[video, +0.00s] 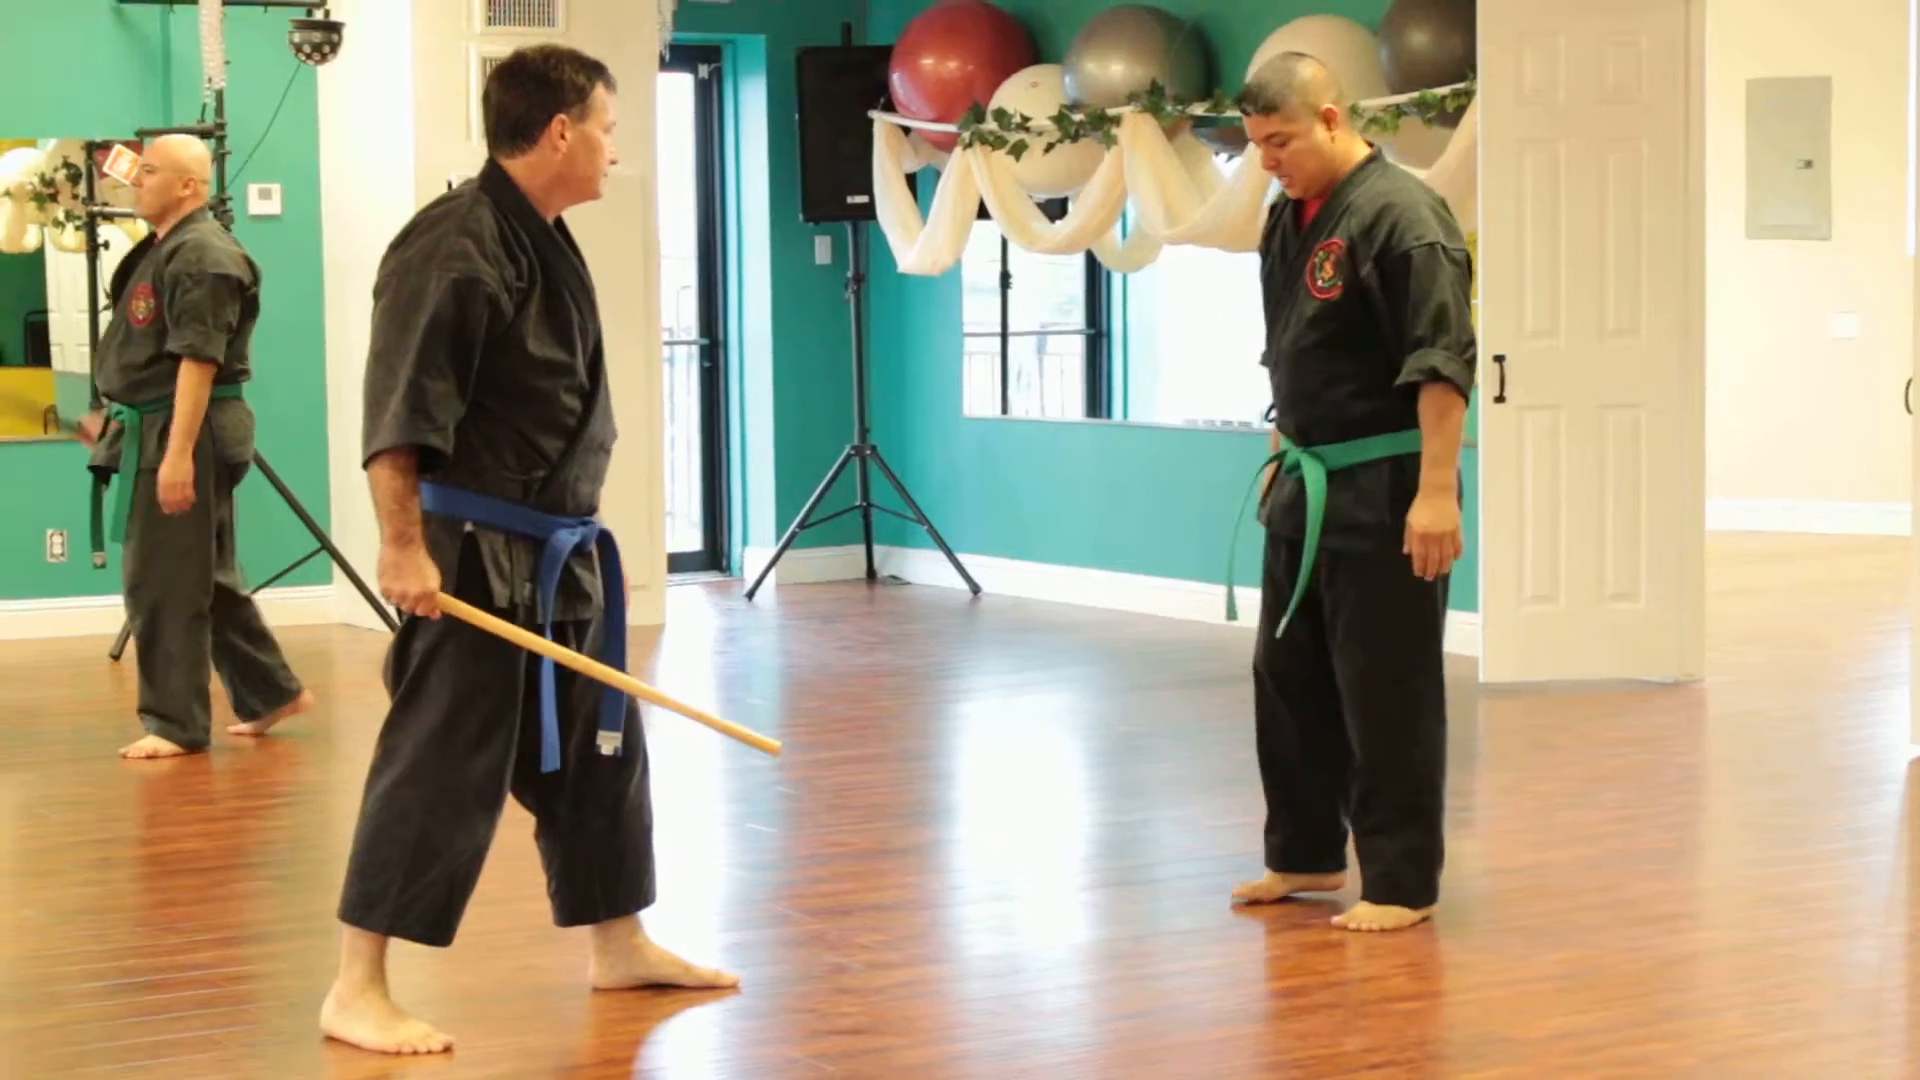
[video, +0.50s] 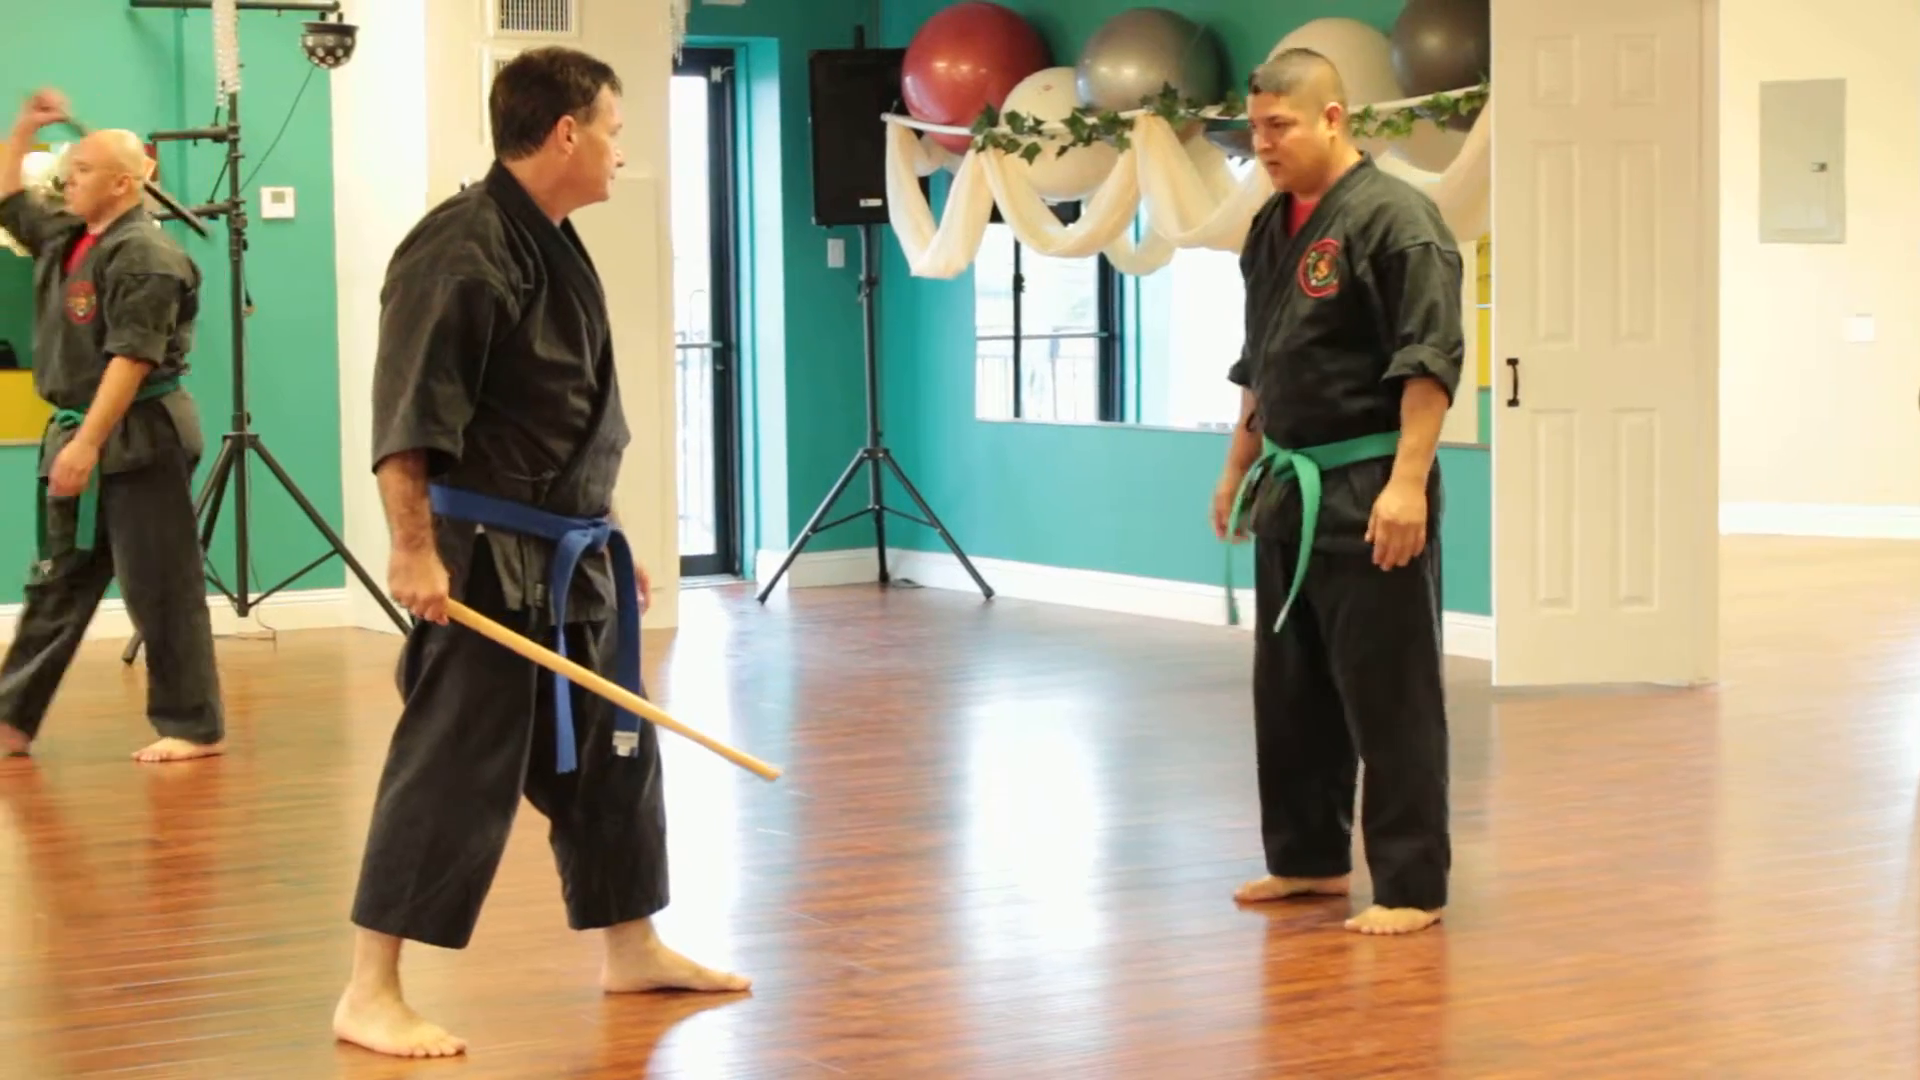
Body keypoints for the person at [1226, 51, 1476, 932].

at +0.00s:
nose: (1272, 166)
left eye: (1281, 146)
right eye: (1262, 150)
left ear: (1333, 120)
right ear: (1260, 141)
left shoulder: (1406, 217)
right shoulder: (1288, 218)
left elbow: (1443, 364)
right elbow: (1298, 353)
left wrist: (1438, 491)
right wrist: (1283, 454)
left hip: (1385, 473)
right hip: (1307, 473)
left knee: (1387, 682)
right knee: (1291, 672)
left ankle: (1401, 885)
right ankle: (1306, 861)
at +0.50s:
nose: (1262, 144)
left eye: (1277, 127)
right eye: (1256, 129)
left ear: (1334, 119)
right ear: (1259, 131)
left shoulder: (1398, 216)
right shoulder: (1271, 224)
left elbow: (1432, 365)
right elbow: (1261, 364)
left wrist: (1408, 483)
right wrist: (1238, 464)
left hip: (1372, 479)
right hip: (1288, 480)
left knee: (1389, 690)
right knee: (1295, 682)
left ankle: (1410, 888)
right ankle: (1310, 862)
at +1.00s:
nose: (1298, 149)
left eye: (1311, 130)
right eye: (1291, 134)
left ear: (1367, 116)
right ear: (1298, 133)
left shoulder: (1435, 218)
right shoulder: (1315, 222)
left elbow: (1458, 369)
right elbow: (1310, 361)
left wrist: (1436, 491)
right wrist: (1297, 469)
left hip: (1404, 475)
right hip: (1321, 475)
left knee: (1414, 687)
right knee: (1318, 679)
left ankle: (1430, 882)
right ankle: (1334, 862)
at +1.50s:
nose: (1309, 149)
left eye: (1323, 131)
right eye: (1302, 134)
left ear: (1378, 119)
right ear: (1306, 134)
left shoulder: (1443, 223)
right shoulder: (1319, 226)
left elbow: (1471, 374)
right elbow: (1310, 364)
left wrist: (1461, 497)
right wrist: (1299, 465)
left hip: (1409, 480)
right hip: (1325, 480)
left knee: (1429, 689)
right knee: (1327, 679)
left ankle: (1442, 884)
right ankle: (1340, 860)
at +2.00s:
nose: (1294, 156)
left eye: (1307, 138)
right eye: (1287, 141)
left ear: (1362, 123)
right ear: (1294, 141)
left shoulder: (1429, 224)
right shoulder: (1307, 231)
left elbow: (1452, 376)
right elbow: (1297, 368)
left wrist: (1429, 495)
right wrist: (1281, 466)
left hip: (1398, 480)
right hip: (1315, 481)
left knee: (1408, 689)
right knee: (1319, 680)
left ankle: (1431, 885)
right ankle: (1339, 862)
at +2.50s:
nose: (1292, 152)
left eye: (1305, 134)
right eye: (1286, 137)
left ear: (1361, 123)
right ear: (1299, 137)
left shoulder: (1423, 225)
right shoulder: (1317, 226)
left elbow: (1444, 373)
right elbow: (1317, 360)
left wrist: (1424, 496)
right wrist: (1305, 475)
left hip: (1399, 480)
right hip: (1326, 480)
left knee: (1410, 693)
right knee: (1324, 684)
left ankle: (1435, 890)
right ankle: (1343, 861)